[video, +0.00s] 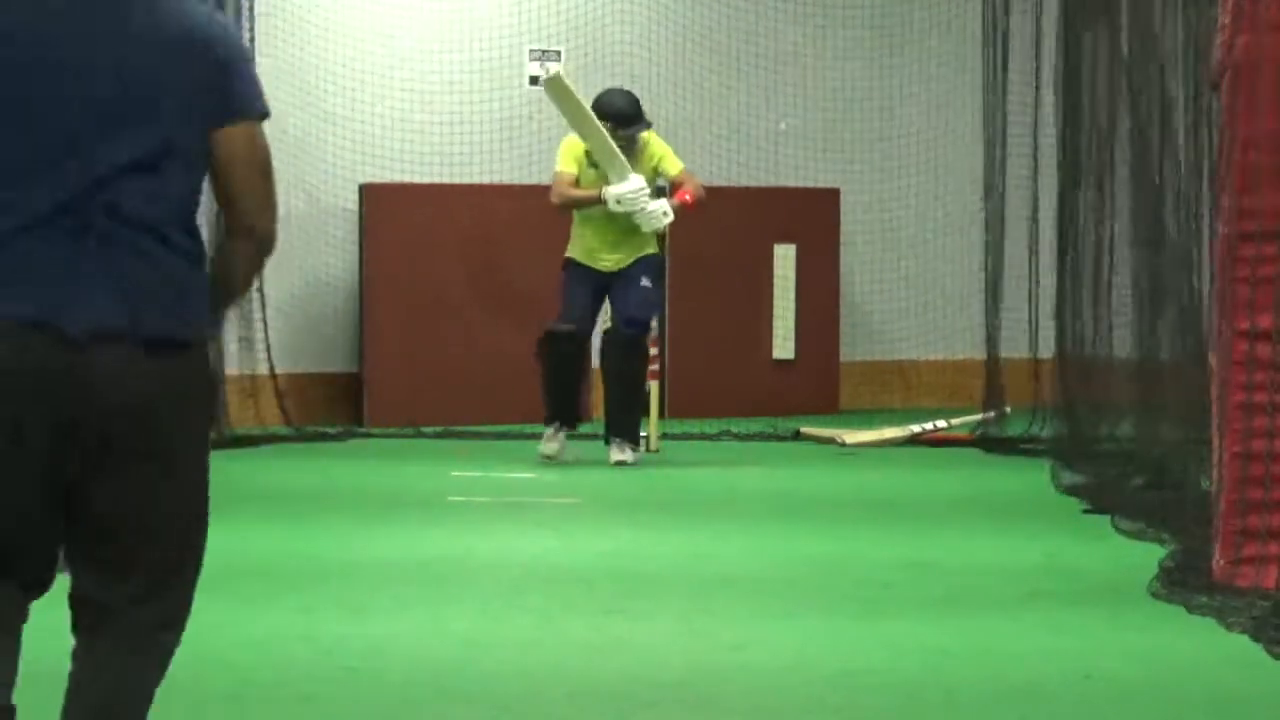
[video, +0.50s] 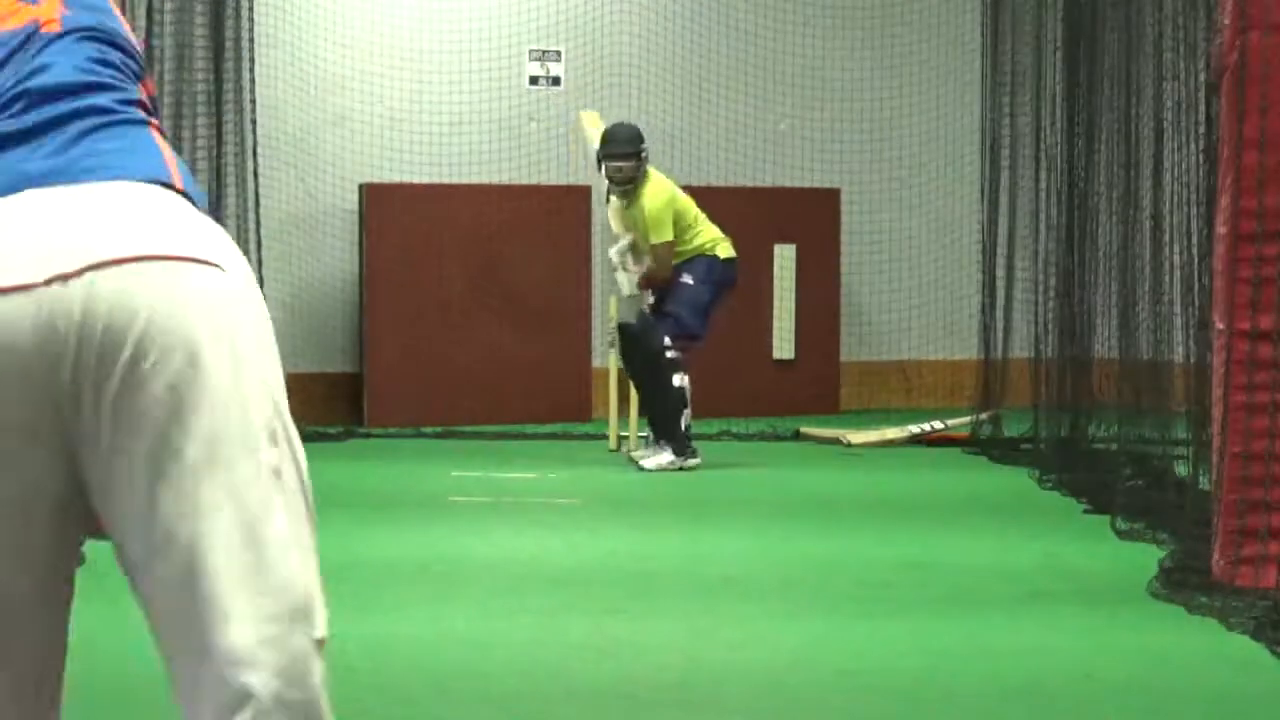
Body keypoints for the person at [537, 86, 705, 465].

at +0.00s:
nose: (629, 141)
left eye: (633, 134)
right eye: (621, 136)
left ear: (639, 127)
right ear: (601, 129)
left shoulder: (649, 145)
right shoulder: (576, 145)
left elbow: (693, 185)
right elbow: (559, 194)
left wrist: (671, 204)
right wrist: (606, 194)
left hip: (638, 257)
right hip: (586, 257)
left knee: (630, 337)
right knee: (569, 336)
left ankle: (623, 439)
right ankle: (559, 424)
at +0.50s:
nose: (620, 169)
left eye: (627, 160)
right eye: (612, 161)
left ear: (641, 160)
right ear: (602, 163)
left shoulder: (654, 198)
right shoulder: (620, 188)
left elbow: (663, 269)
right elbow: (633, 225)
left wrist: (642, 281)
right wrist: (628, 248)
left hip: (709, 257)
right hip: (681, 260)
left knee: (664, 342)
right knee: (642, 340)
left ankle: (679, 448)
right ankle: (664, 440)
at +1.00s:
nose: (639, 95)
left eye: (647, 87)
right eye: (634, 88)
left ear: (668, 88)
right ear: (627, 90)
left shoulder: (683, 121)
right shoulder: (626, 130)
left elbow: (691, 113)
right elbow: (608, 175)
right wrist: (596, 141)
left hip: (678, 234)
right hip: (641, 237)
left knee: (669, 335)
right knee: (636, 332)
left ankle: (673, 438)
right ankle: (651, 434)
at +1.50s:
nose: (645, 107)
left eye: (650, 99)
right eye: (644, 100)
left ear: (671, 97)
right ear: (660, 101)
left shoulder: (699, 128)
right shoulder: (656, 145)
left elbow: (712, 146)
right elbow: (630, 188)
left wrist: (664, 144)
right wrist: (620, 157)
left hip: (690, 253)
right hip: (656, 254)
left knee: (676, 343)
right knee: (649, 343)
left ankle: (692, 445)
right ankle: (664, 439)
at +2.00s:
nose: (616, 162)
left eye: (624, 154)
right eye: (608, 155)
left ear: (637, 155)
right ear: (599, 159)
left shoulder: (650, 190)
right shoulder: (616, 185)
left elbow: (663, 264)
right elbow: (628, 221)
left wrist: (639, 276)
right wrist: (627, 242)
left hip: (703, 255)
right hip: (677, 257)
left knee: (660, 337)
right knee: (644, 338)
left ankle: (676, 444)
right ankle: (666, 438)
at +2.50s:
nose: (604, 115)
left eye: (609, 107)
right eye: (597, 110)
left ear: (619, 104)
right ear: (587, 109)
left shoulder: (639, 124)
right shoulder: (578, 134)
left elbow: (654, 111)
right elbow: (601, 150)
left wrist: (632, 107)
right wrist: (618, 125)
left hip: (662, 232)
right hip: (616, 242)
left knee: (674, 330)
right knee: (615, 337)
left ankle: (671, 426)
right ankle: (604, 428)